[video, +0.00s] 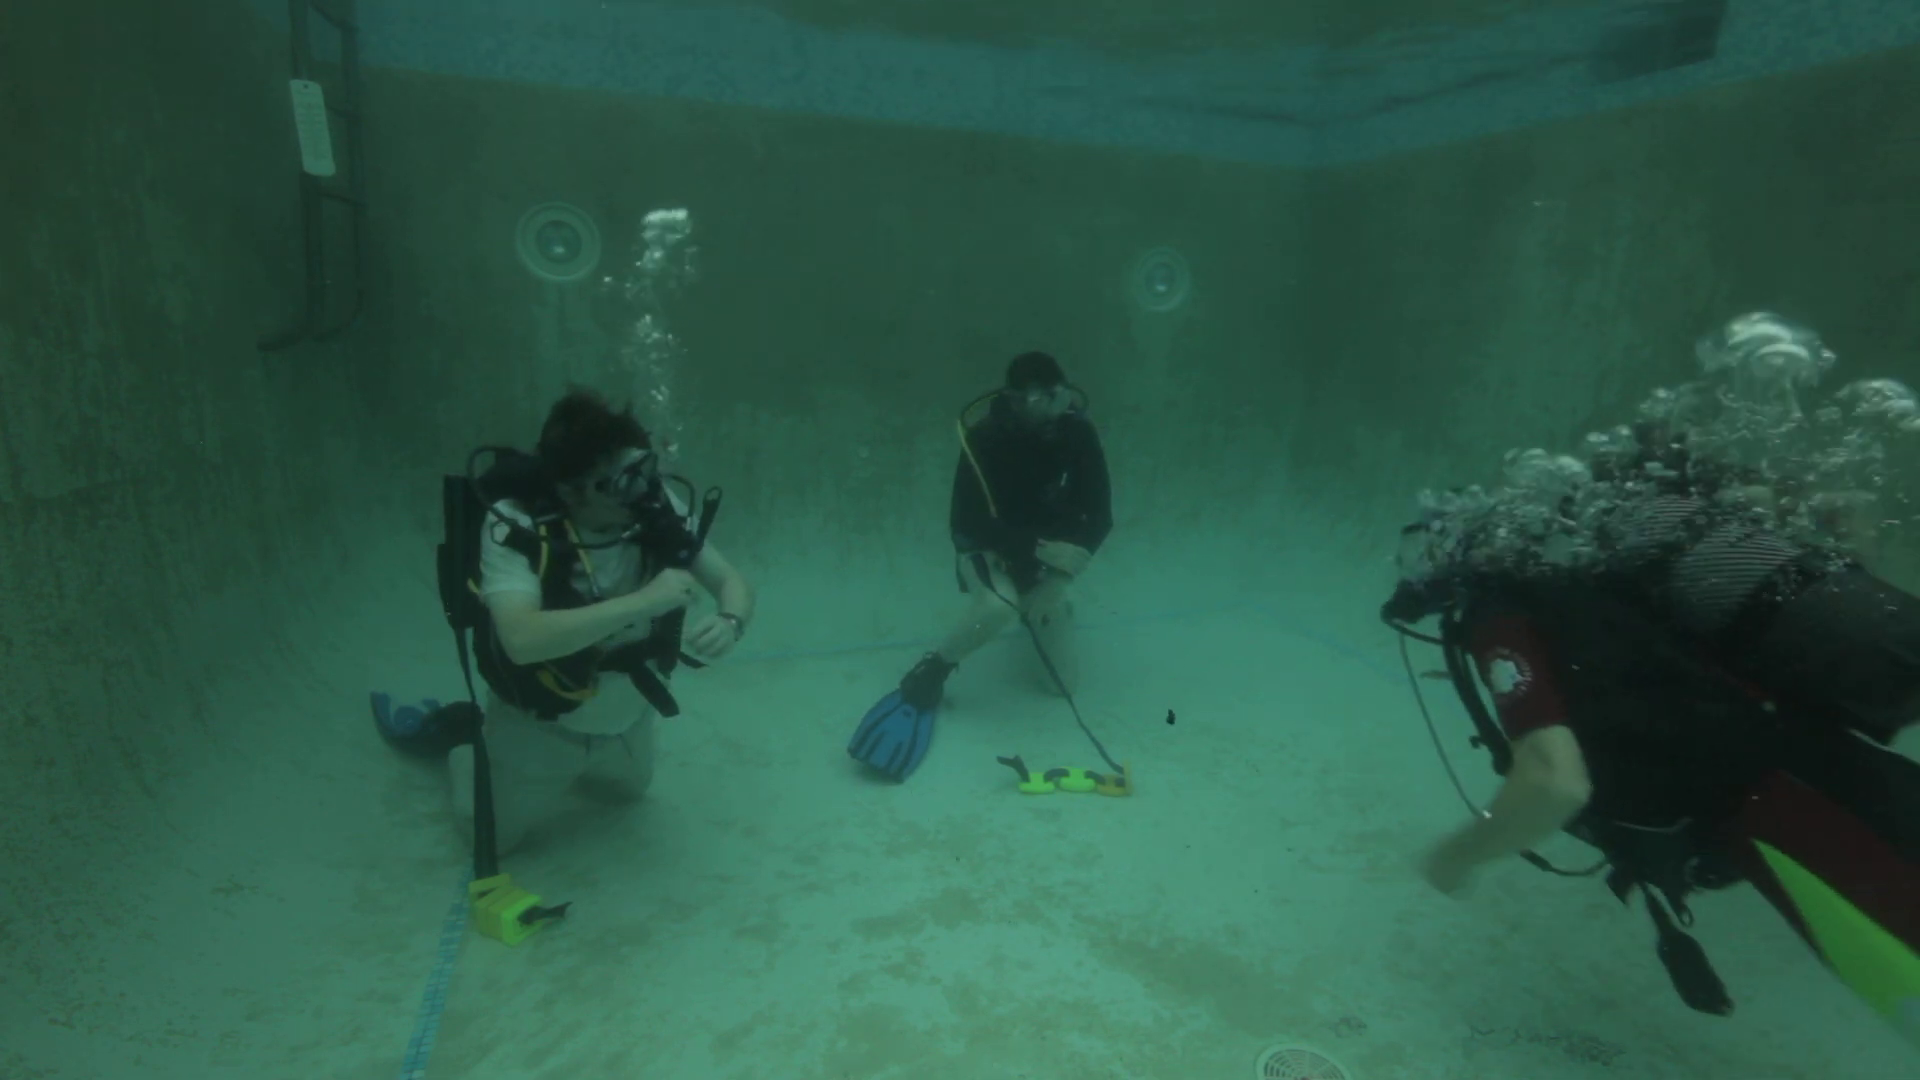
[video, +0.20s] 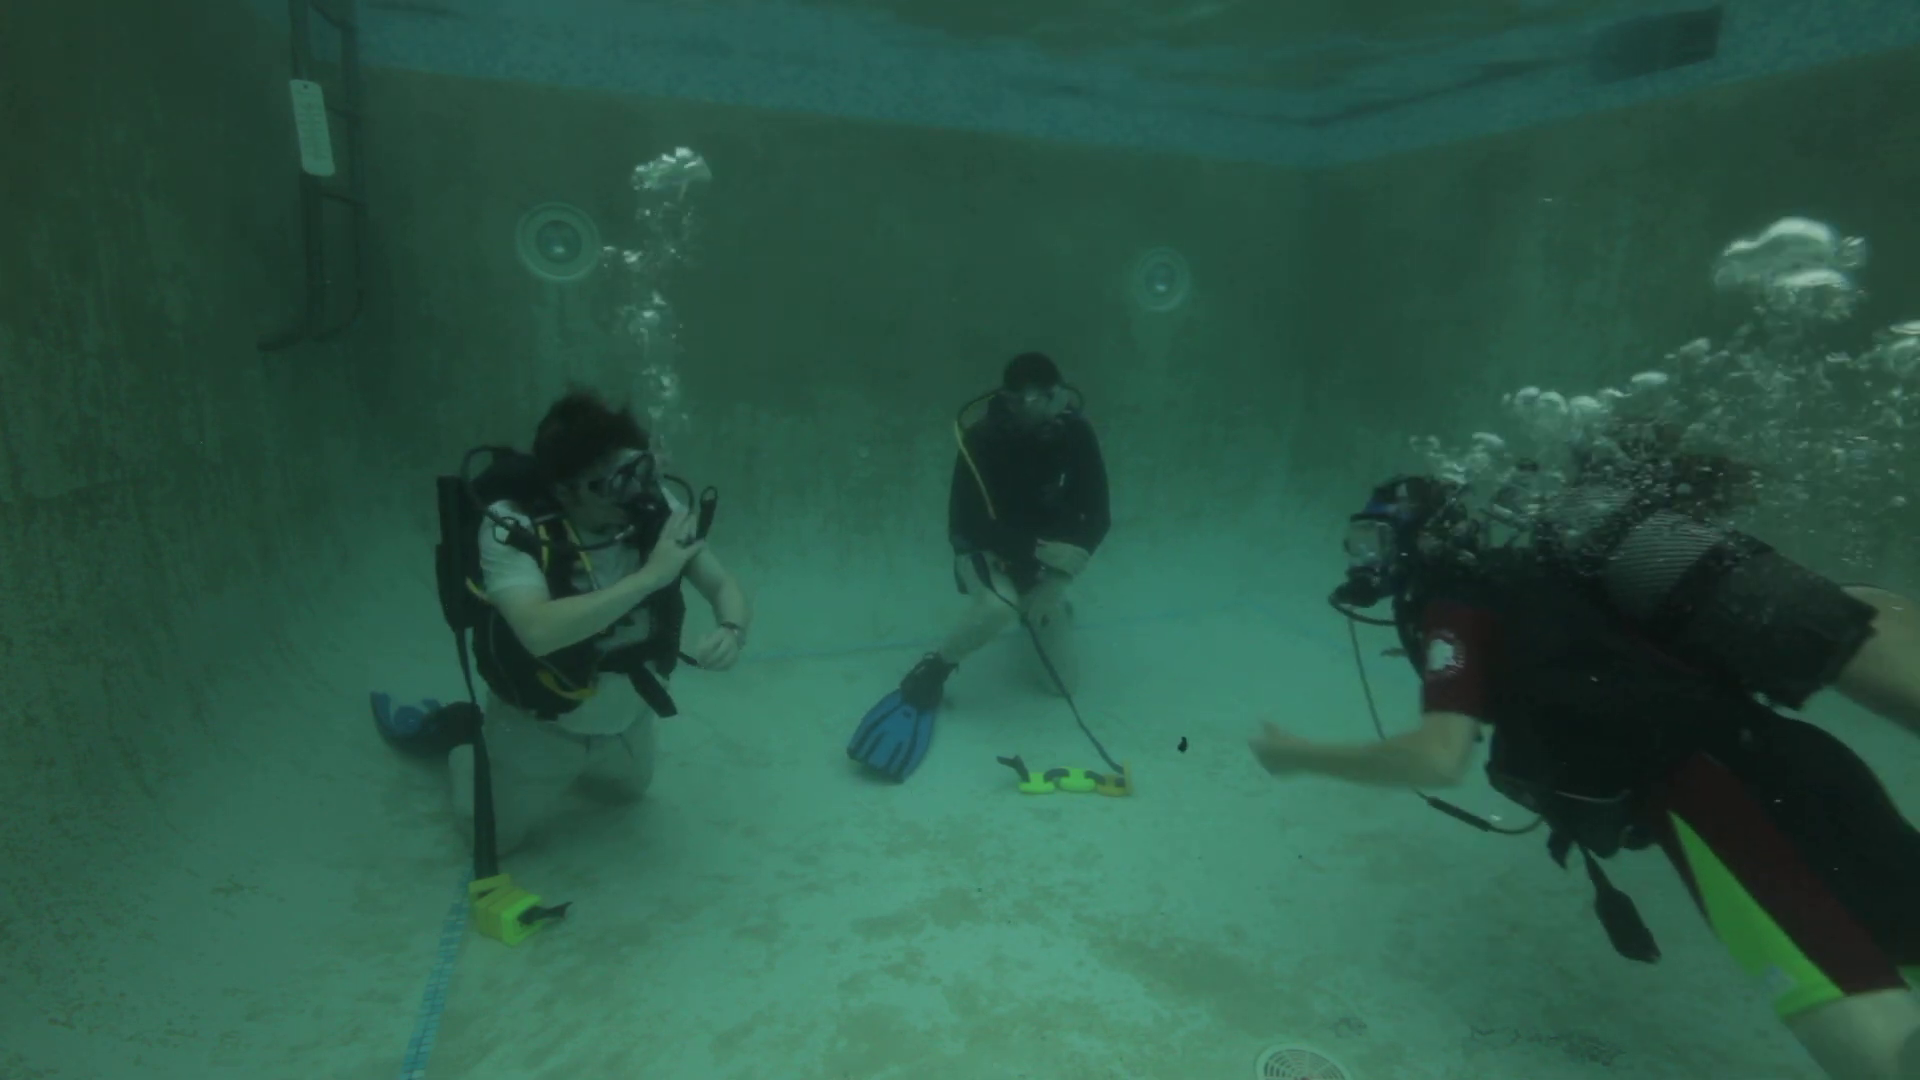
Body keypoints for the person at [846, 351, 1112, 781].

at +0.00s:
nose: (1050, 407)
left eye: (1054, 396)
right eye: (1040, 398)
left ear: (1063, 393)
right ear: (1016, 398)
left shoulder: (1077, 431)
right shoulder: (987, 434)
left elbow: (1098, 512)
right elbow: (973, 520)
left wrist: (1059, 579)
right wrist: (1035, 554)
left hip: (1052, 548)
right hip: (991, 544)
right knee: (998, 607)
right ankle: (930, 673)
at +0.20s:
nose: (1055, 406)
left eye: (1055, 395)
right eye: (1045, 398)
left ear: (1059, 392)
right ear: (1016, 399)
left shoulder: (1075, 432)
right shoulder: (985, 436)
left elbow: (1096, 513)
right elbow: (977, 521)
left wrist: (1055, 583)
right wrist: (1036, 556)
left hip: (1051, 552)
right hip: (990, 547)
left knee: (1064, 677)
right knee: (998, 606)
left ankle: (1048, 607)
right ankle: (931, 673)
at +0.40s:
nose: (1049, 409)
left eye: (1053, 397)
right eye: (1037, 400)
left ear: (1060, 394)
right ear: (1010, 401)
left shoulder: (1072, 432)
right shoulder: (982, 438)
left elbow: (1095, 514)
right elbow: (975, 523)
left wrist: (1055, 583)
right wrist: (1037, 554)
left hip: (1050, 549)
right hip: (989, 546)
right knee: (997, 607)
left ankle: (1050, 605)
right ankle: (932, 673)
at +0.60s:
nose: (1051, 412)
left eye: (1053, 401)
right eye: (1041, 403)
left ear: (1056, 396)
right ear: (1011, 400)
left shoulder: (1069, 432)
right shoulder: (979, 438)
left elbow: (1092, 514)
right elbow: (972, 524)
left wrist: (1053, 582)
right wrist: (1038, 551)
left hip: (1045, 549)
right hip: (984, 546)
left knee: (1061, 678)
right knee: (998, 607)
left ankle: (1047, 605)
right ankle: (932, 672)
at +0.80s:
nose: (1035, 412)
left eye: (1041, 399)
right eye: (1024, 402)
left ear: (1051, 394)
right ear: (1002, 401)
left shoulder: (1067, 433)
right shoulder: (976, 439)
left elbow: (1089, 515)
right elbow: (969, 524)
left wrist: (1050, 582)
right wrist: (1034, 551)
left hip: (1046, 550)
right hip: (985, 546)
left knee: (1061, 677)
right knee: (994, 608)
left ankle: (1044, 605)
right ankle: (933, 672)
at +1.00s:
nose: (1031, 412)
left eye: (1037, 400)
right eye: (1020, 402)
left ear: (1049, 396)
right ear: (1000, 402)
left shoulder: (1064, 432)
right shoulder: (974, 438)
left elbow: (1088, 513)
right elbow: (968, 523)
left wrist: (1048, 581)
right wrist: (1031, 551)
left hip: (1042, 548)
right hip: (980, 544)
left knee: (1061, 676)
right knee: (992, 609)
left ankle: (1045, 606)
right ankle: (932, 673)